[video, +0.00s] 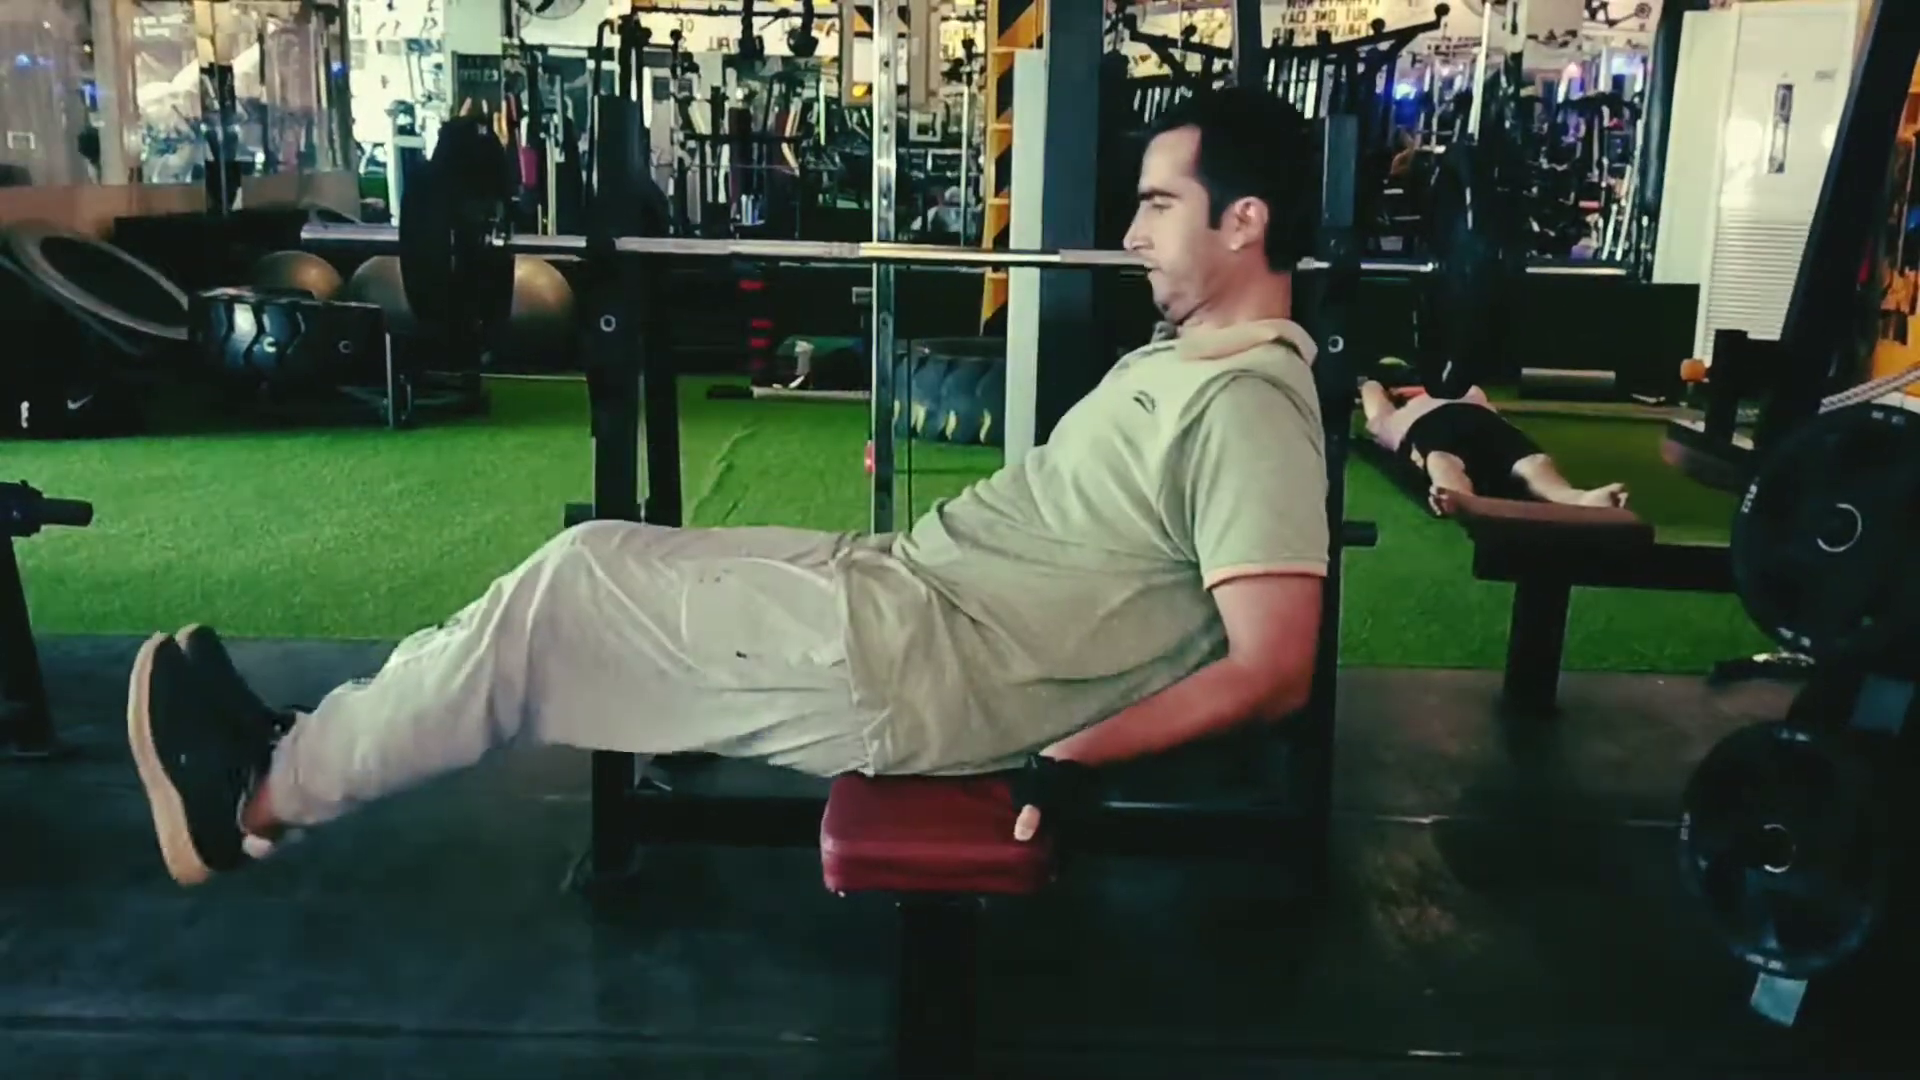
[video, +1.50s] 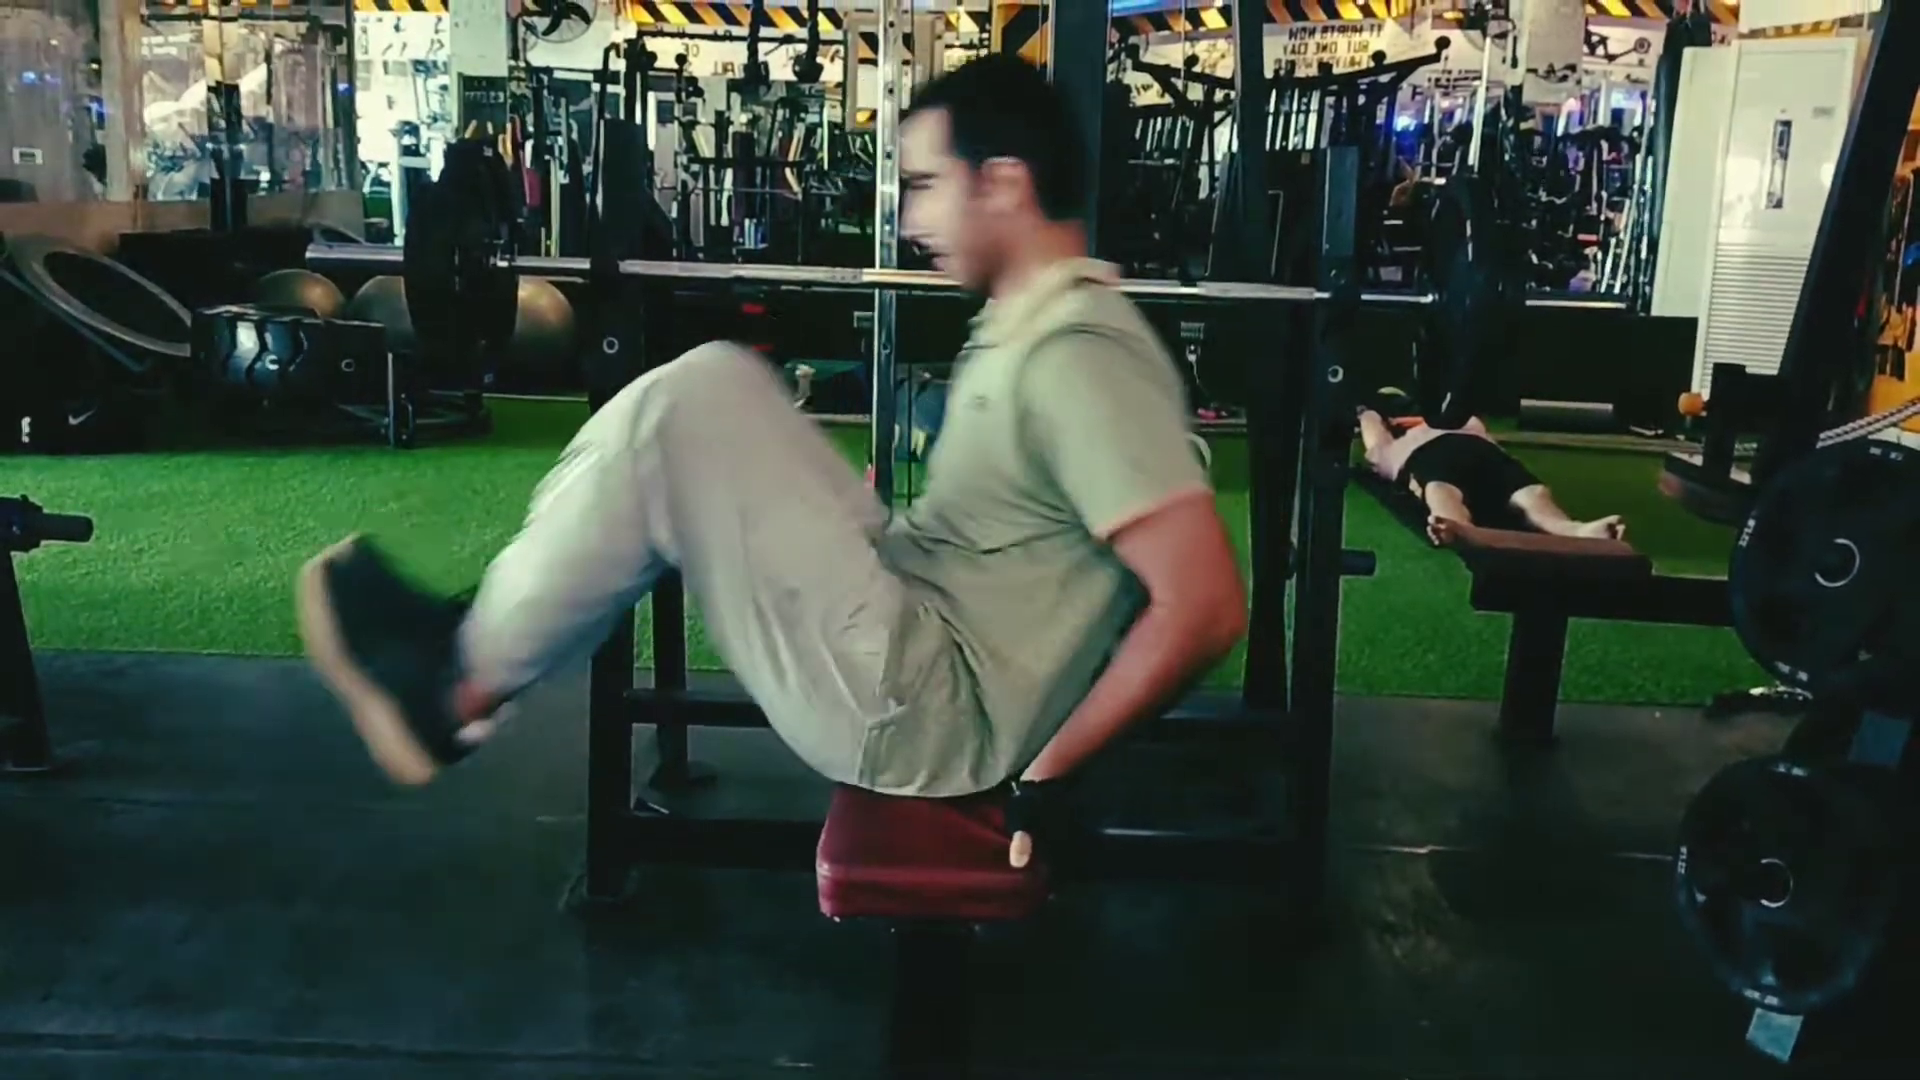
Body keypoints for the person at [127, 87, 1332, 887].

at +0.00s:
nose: (1137, 234)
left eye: (1161, 208)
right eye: (1141, 208)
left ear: (1249, 226)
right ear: (1229, 231)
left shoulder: (1252, 393)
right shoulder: (1191, 363)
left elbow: (1271, 667)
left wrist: (1058, 761)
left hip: (931, 661)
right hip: (903, 590)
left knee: (566, 603)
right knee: (587, 559)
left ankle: (250, 810)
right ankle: (287, 762)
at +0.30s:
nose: (987, 186)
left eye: (1006, 154)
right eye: (986, 156)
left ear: (1096, 159)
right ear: (1088, 160)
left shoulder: (1156, 325)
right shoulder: (1081, 296)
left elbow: (1220, 598)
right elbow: (1032, 502)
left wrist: (1044, 760)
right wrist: (894, 525)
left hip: (963, 684)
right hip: (933, 630)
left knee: (678, 409)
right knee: (677, 410)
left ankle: (421, 688)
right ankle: (428, 674)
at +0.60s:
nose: (892, 190)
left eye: (910, 156)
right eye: (889, 159)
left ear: (996, 160)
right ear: (988, 164)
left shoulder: (1068, 320)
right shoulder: (1020, 304)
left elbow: (1195, 580)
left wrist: (1037, 759)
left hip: (939, 693)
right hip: (921, 651)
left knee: (715, 371)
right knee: (716, 367)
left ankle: (472, 674)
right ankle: (482, 636)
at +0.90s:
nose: (1111, 242)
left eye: (1135, 214)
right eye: (1116, 215)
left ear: (1221, 230)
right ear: (1213, 236)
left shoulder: (1222, 392)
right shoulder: (1184, 364)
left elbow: (1272, 670)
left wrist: (1060, 768)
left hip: (910, 675)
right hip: (883, 607)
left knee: (542, 636)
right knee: (569, 591)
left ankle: (232, 849)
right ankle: (267, 804)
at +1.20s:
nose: (942, 205)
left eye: (959, 172)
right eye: (944, 175)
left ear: (1049, 172)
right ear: (1042, 176)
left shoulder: (1112, 336)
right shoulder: (1057, 318)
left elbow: (1211, 598)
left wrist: (1040, 769)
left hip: (945, 699)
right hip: (913, 650)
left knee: (654, 442)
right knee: (652, 437)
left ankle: (413, 731)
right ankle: (420, 712)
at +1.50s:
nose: (902, 218)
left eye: (919, 186)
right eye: (900, 190)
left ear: (1008, 185)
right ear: (998, 189)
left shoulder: (1076, 342)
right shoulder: (1029, 329)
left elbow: (1201, 602)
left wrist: (1036, 784)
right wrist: (879, 530)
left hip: (935, 712)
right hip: (912, 670)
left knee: (704, 394)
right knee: (698, 398)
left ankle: (460, 692)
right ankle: (467, 666)